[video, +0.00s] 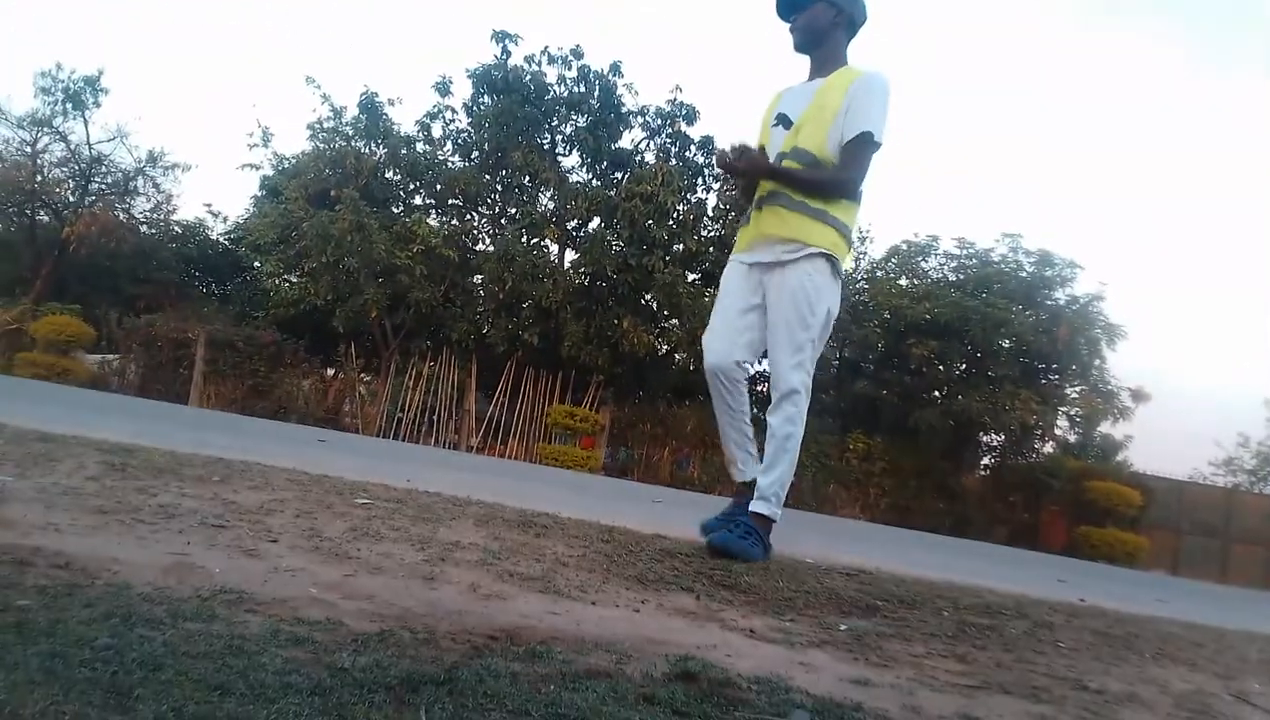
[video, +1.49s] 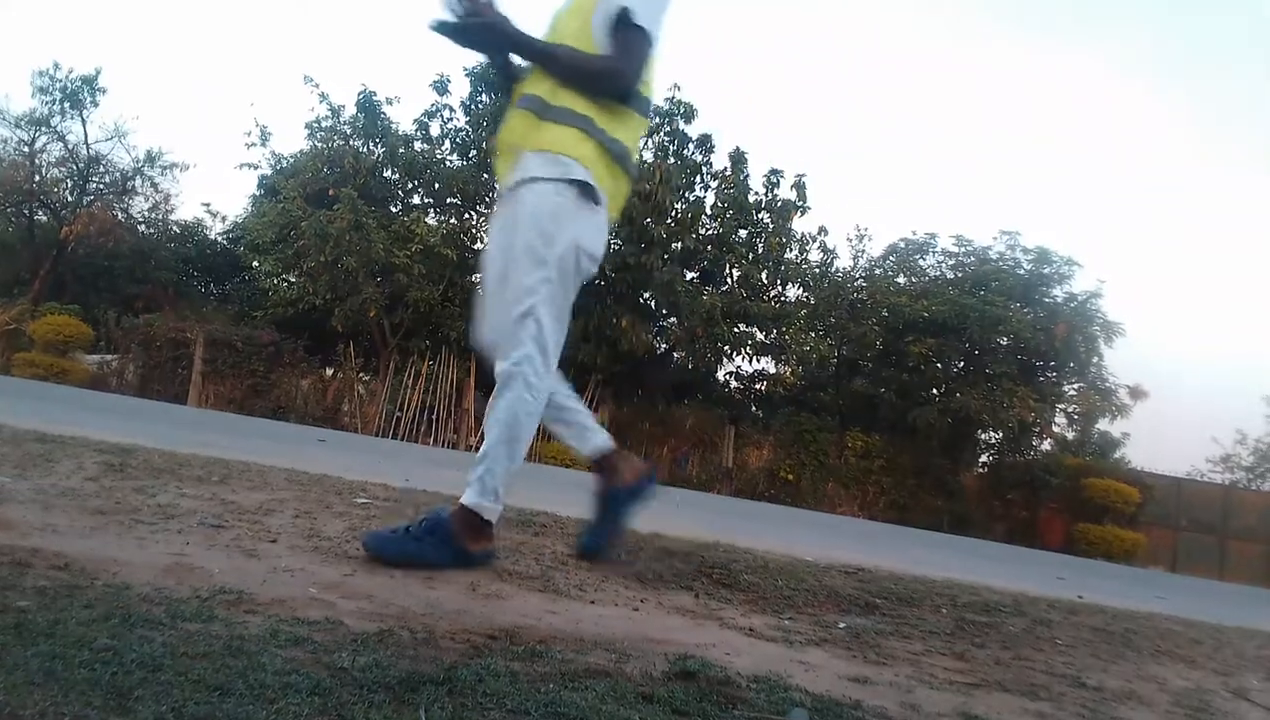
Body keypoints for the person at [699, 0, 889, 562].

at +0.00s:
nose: (792, 18)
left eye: (805, 8)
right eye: (792, 12)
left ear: (842, 16)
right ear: (804, 26)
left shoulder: (866, 86)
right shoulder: (782, 99)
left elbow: (847, 179)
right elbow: (760, 195)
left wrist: (767, 169)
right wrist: (743, 176)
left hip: (809, 253)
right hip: (751, 250)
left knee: (790, 381)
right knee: (721, 357)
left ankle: (761, 520)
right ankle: (748, 488)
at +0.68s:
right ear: (745, 8)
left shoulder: (811, 48)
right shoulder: (720, 73)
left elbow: (801, 151)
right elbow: (692, 175)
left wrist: (707, 120)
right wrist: (688, 125)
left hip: (757, 230)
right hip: (694, 233)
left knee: (743, 372)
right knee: (687, 376)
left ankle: (756, 515)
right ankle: (670, 525)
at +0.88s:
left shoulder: (780, 32)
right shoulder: (692, 59)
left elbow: (774, 131)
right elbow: (665, 162)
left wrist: (675, 90)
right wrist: (655, 98)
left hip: (721, 205)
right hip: (663, 211)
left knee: (662, 328)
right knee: (667, 360)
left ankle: (732, 471)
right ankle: (669, 525)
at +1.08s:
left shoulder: (743, 10)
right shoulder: (664, 48)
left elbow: (737, 112)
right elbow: (631, 148)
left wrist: (640, 69)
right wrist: (610, 85)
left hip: (684, 194)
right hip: (636, 202)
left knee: (616, 323)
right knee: (658, 353)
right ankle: (671, 527)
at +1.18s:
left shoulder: (719, 6)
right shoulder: (645, 42)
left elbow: (705, 103)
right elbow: (613, 147)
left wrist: (607, 64)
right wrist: (598, 84)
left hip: (664, 201)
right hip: (617, 205)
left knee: (602, 344)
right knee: (650, 367)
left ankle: (510, 505)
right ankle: (671, 524)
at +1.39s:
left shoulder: (667, 4)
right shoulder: (606, 25)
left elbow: (653, 86)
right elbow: (572, 119)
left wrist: (546, 48)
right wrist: (536, 60)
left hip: (597, 183)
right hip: (565, 182)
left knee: (544, 337)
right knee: (584, 347)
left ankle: (474, 518)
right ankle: (658, 509)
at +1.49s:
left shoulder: (633, 5)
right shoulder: (573, 21)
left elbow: (619, 77)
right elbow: (540, 104)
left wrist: (514, 40)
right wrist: (495, 49)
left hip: (565, 185)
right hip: (524, 187)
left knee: (527, 350)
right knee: (497, 340)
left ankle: (473, 521)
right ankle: (614, 465)